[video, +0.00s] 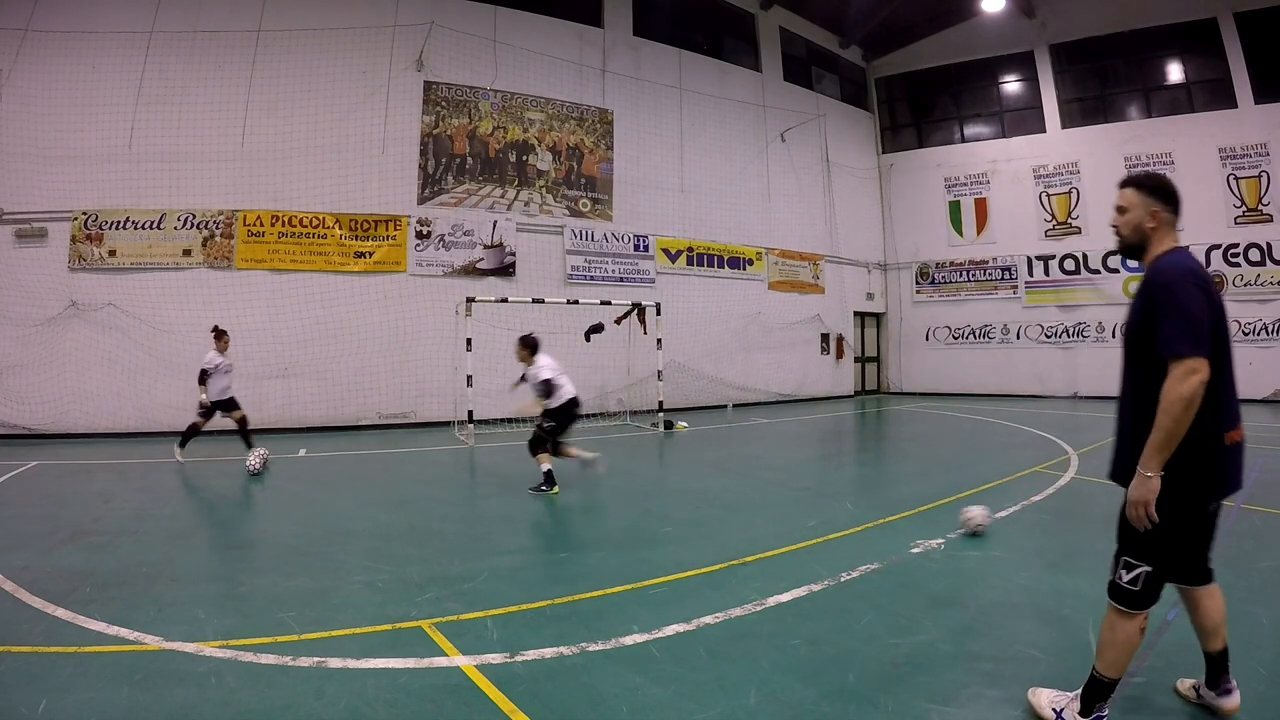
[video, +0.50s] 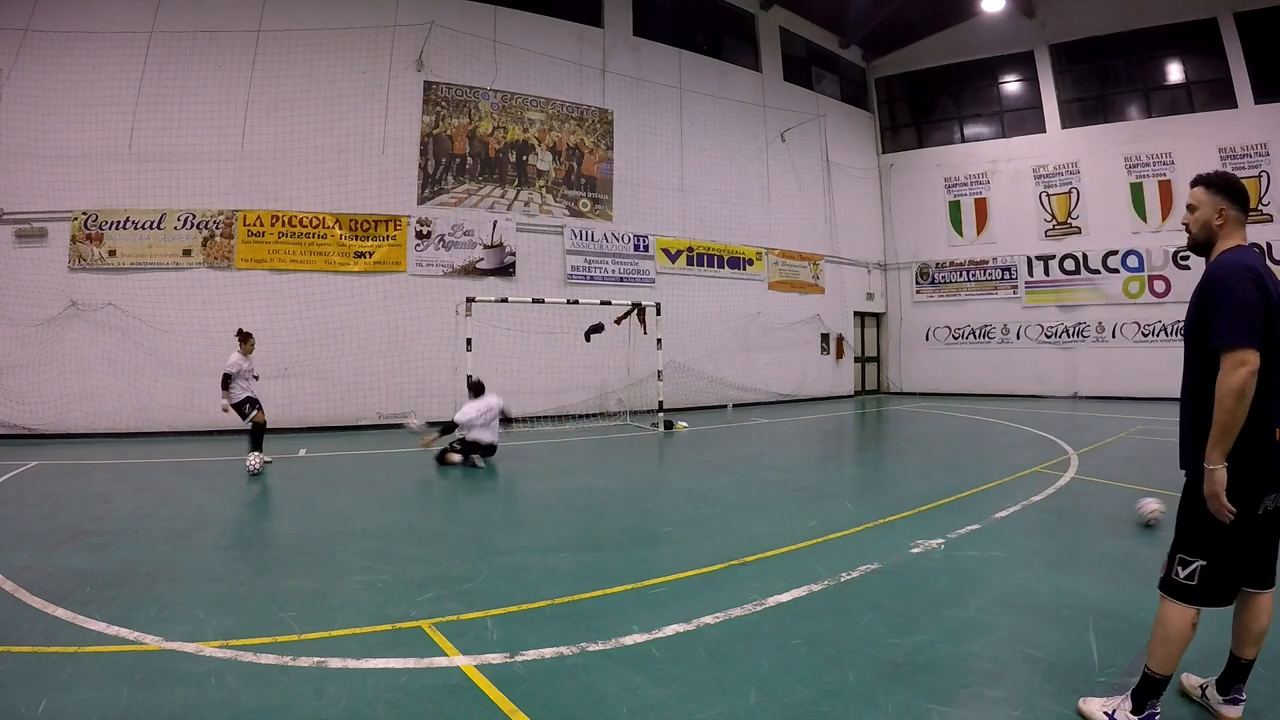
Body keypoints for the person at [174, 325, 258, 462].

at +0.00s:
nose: (227, 345)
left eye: (228, 342)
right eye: (225, 342)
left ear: (227, 342)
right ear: (217, 342)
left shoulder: (225, 356)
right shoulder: (212, 357)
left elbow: (221, 379)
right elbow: (202, 378)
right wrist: (203, 398)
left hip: (227, 398)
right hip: (212, 400)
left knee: (241, 419)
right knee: (198, 425)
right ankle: (180, 446)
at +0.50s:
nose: (253, 348)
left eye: (254, 345)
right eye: (251, 345)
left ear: (245, 345)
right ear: (242, 345)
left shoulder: (247, 358)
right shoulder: (234, 360)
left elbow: (245, 372)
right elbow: (225, 380)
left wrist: (253, 376)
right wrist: (224, 401)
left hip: (249, 394)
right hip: (238, 397)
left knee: (262, 420)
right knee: (258, 420)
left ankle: (258, 453)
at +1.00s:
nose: (258, 373)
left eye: (259, 371)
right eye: (257, 370)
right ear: (249, 365)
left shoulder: (247, 377)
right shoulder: (234, 374)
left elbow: (240, 391)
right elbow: (222, 391)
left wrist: (240, 409)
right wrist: (221, 411)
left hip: (226, 398)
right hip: (211, 396)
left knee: (227, 424)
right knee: (216, 424)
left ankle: (224, 451)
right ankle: (218, 455)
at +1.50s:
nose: (247, 410)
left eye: (248, 408)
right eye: (246, 407)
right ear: (239, 402)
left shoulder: (237, 400)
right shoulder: (228, 404)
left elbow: (240, 418)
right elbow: (231, 430)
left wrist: (247, 435)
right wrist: (247, 447)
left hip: (211, 403)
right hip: (199, 404)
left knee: (226, 427)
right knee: (220, 427)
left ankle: (223, 455)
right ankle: (219, 457)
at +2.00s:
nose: (248, 395)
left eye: (249, 393)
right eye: (247, 392)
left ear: (239, 387)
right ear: (240, 388)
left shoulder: (232, 387)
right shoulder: (229, 394)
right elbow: (235, 422)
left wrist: (244, 437)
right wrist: (247, 440)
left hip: (205, 398)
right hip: (195, 399)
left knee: (221, 423)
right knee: (215, 425)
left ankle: (222, 455)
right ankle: (218, 457)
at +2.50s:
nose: (223, 353)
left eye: (224, 350)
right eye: (221, 350)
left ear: (217, 351)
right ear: (213, 351)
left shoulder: (213, 364)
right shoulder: (208, 365)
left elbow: (210, 382)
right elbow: (197, 385)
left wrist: (217, 396)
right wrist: (197, 405)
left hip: (201, 399)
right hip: (192, 400)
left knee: (202, 428)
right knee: (205, 428)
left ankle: (188, 455)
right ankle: (216, 456)